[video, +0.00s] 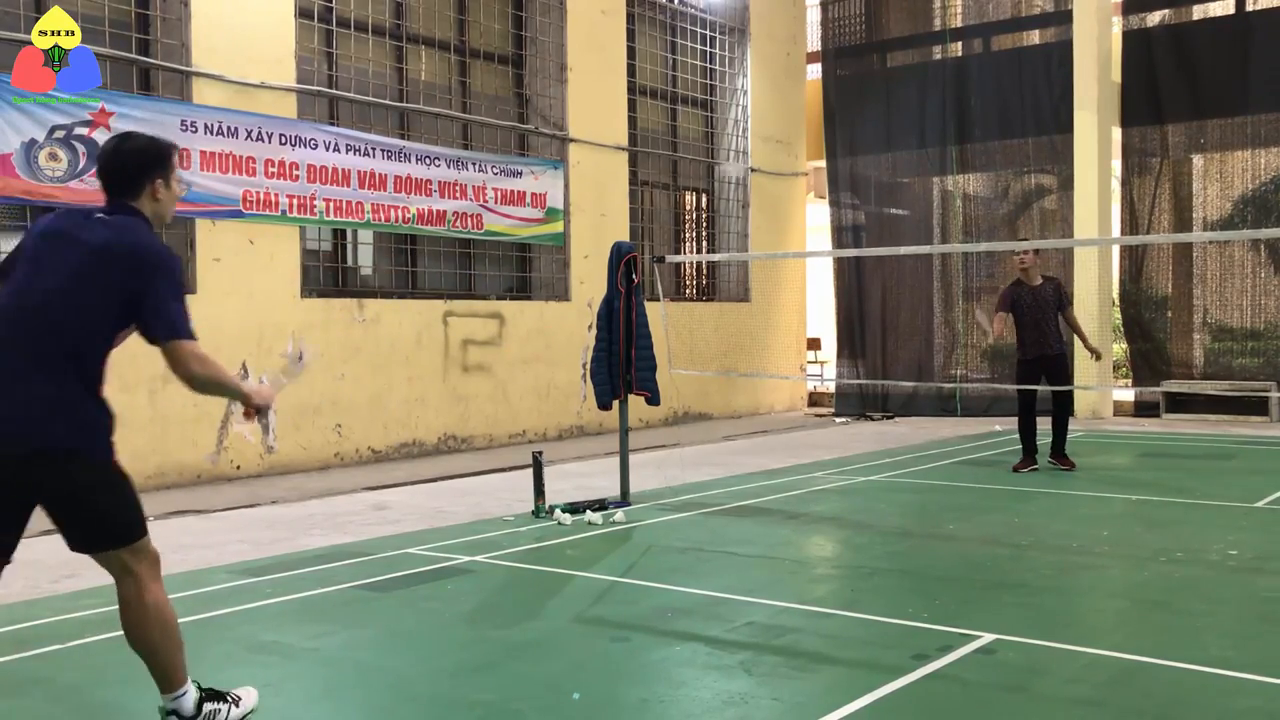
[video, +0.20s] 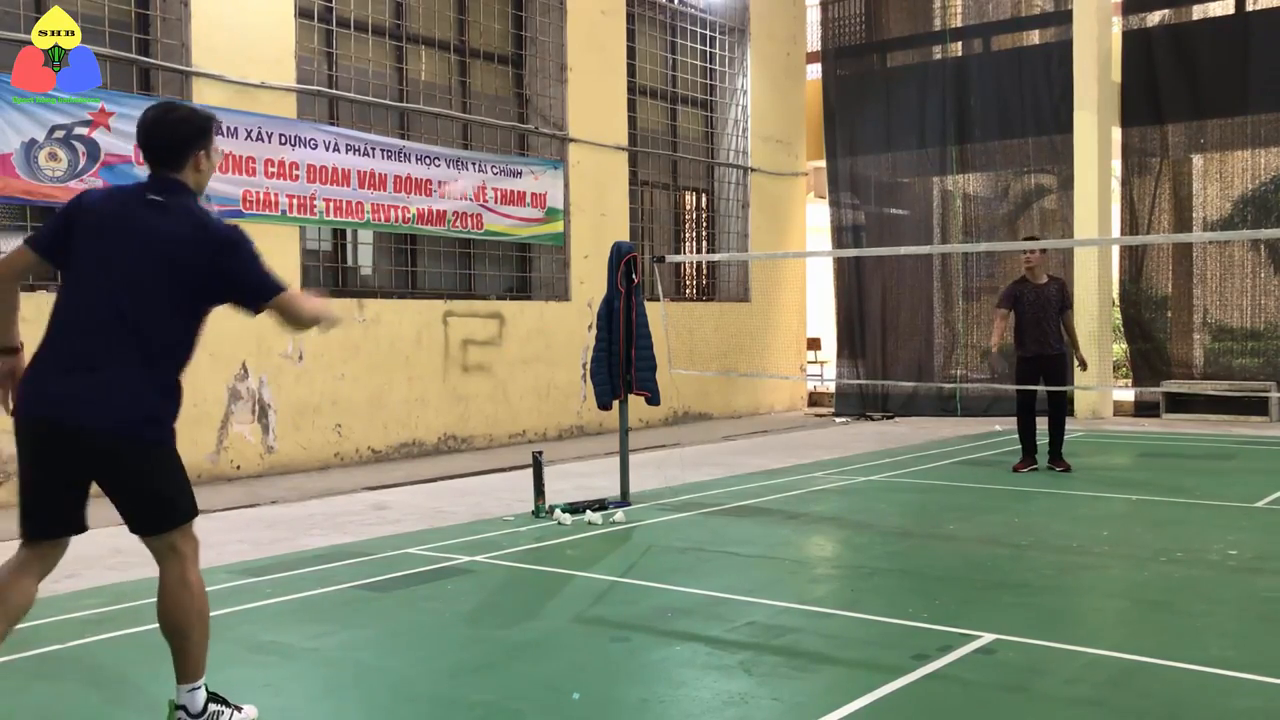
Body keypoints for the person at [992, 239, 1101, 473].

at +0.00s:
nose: (1020, 257)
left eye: (1025, 253)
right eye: (1017, 254)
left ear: (1036, 258)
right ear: (1014, 260)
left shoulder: (1054, 285)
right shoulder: (1011, 291)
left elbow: (1069, 317)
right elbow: (1000, 316)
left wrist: (1087, 344)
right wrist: (998, 330)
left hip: (1056, 355)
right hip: (1028, 357)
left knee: (1062, 405)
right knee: (1026, 407)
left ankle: (1058, 453)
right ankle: (1029, 457)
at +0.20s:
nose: (1027, 256)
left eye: (1031, 252)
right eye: (1024, 253)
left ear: (1043, 256)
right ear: (1021, 257)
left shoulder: (1058, 285)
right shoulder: (1015, 288)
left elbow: (1067, 321)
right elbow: (1001, 318)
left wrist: (1078, 352)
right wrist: (995, 349)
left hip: (1056, 356)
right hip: (1027, 356)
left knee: (1058, 408)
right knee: (1025, 408)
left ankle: (1056, 457)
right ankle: (1028, 457)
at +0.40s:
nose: (1038, 257)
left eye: (1043, 253)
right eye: (1034, 253)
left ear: (1053, 257)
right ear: (1030, 258)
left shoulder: (1066, 287)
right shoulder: (1024, 287)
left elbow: (1074, 322)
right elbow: (1001, 314)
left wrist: (1083, 353)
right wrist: (1020, 304)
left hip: (1060, 356)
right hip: (1031, 356)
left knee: (1061, 408)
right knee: (1024, 405)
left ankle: (1056, 457)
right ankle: (1029, 455)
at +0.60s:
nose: (1042, 257)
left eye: (1047, 253)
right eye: (1040, 253)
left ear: (1058, 257)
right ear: (1036, 257)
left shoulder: (1070, 287)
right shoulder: (1030, 286)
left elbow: (1080, 320)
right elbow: (1007, 307)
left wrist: (1092, 347)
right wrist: (1026, 284)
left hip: (1064, 355)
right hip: (1036, 355)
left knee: (1066, 408)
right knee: (1030, 405)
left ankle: (1057, 457)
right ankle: (1036, 455)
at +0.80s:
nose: (1035, 256)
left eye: (1040, 252)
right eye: (1032, 252)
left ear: (1051, 256)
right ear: (1028, 257)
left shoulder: (1067, 284)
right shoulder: (1024, 288)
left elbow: (1083, 316)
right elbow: (999, 311)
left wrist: (1102, 343)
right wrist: (1005, 293)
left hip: (1068, 355)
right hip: (1040, 356)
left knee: (1068, 408)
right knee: (1039, 408)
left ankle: (1059, 456)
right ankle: (1041, 458)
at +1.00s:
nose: (1027, 259)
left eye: (1032, 255)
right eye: (1024, 256)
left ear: (1042, 258)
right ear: (1020, 261)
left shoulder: (1061, 285)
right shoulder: (1019, 293)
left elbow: (1081, 316)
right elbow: (1001, 314)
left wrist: (1103, 341)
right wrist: (981, 329)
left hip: (1070, 355)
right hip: (1041, 358)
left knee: (1081, 397)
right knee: (1039, 407)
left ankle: (1065, 450)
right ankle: (1041, 459)